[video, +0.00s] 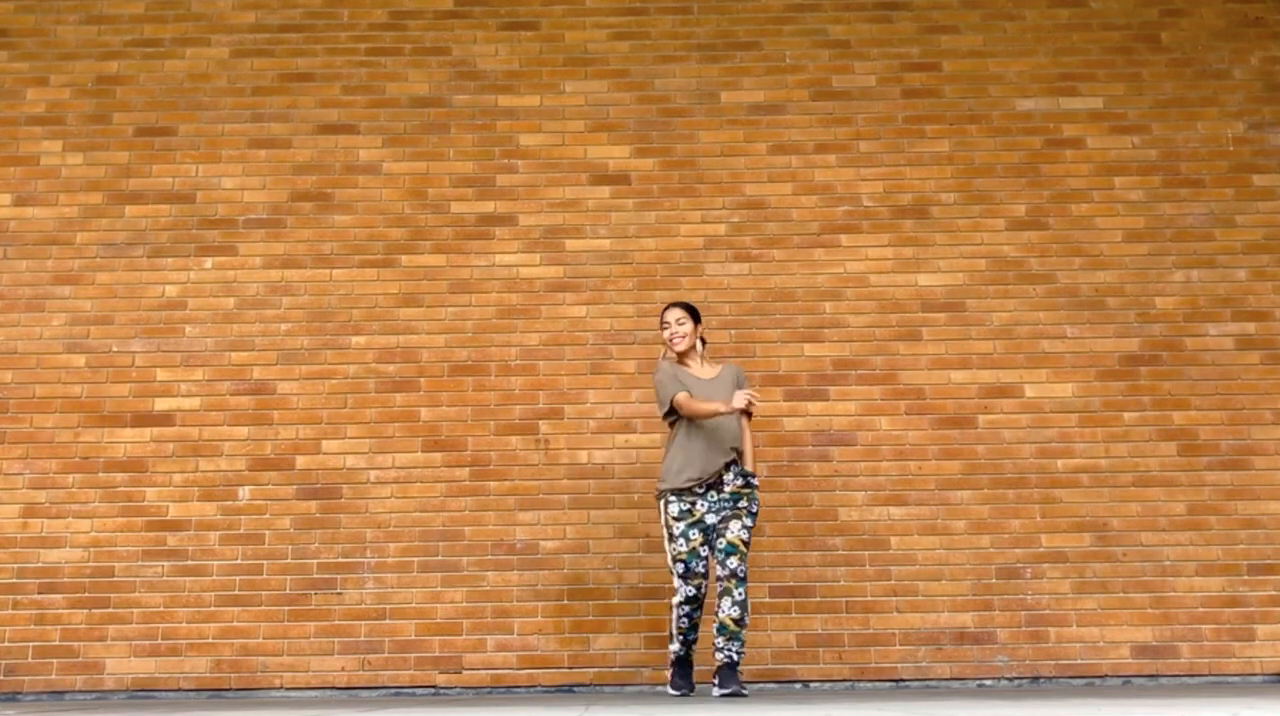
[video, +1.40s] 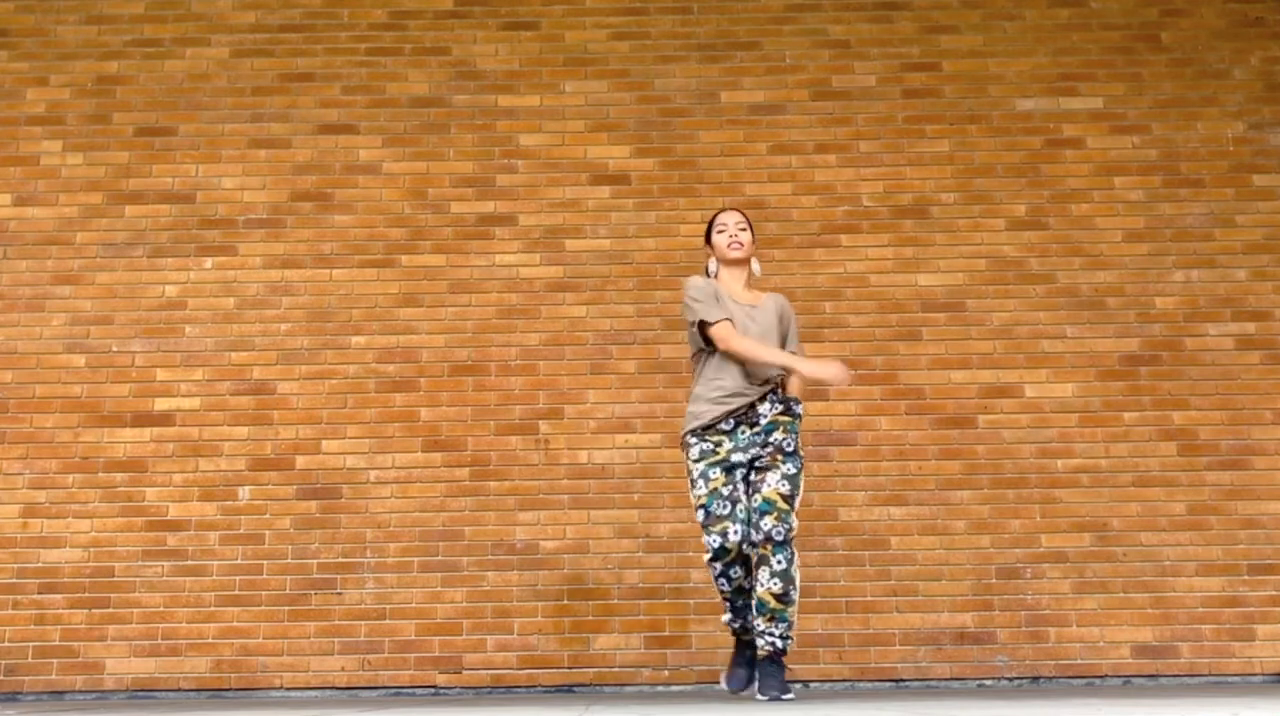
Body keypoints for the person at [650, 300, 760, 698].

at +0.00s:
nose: (674, 331)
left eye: (681, 323)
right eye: (667, 327)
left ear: (698, 327)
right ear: (662, 336)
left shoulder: (732, 373)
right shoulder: (666, 371)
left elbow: (743, 427)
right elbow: (686, 406)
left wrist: (749, 474)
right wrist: (729, 405)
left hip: (732, 485)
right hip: (682, 490)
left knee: (733, 574)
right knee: (692, 578)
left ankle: (728, 666)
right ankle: (682, 660)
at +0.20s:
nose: (691, 320)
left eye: (698, 312)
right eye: (685, 315)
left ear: (717, 320)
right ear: (681, 327)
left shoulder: (739, 375)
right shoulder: (674, 363)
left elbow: (750, 433)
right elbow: (679, 420)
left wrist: (761, 463)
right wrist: (692, 464)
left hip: (750, 484)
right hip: (705, 487)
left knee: (746, 572)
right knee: (714, 568)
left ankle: (729, 667)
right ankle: (692, 648)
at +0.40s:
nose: (693, 294)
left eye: (702, 287)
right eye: (688, 289)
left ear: (723, 301)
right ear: (684, 303)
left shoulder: (750, 351)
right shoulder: (677, 352)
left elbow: (764, 410)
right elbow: (655, 410)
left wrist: (773, 450)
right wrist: (627, 466)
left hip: (756, 461)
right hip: (707, 465)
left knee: (758, 547)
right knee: (732, 543)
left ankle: (736, 651)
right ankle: (730, 652)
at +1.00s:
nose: (730, 260)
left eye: (737, 252)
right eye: (720, 258)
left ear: (755, 263)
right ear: (713, 273)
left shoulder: (780, 321)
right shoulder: (699, 319)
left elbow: (799, 384)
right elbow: (691, 377)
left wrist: (788, 429)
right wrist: (676, 434)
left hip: (769, 445)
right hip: (710, 452)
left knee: (778, 545)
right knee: (730, 557)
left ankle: (800, 658)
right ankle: (761, 663)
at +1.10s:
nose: (731, 252)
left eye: (740, 246)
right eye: (722, 247)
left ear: (755, 260)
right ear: (711, 263)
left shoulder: (778, 314)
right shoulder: (699, 313)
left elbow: (795, 380)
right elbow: (711, 350)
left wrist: (790, 422)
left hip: (769, 435)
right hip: (711, 444)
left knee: (775, 534)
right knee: (731, 552)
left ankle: (791, 653)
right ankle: (762, 661)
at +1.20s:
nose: (733, 249)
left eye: (742, 243)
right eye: (723, 243)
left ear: (755, 257)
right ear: (711, 260)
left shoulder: (779, 312)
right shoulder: (697, 306)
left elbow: (795, 378)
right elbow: (723, 341)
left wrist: (791, 425)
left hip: (771, 432)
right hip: (714, 441)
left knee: (770, 525)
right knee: (732, 546)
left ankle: (773, 647)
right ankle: (764, 650)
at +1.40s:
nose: (734, 233)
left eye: (741, 228)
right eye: (723, 229)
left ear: (755, 244)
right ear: (709, 247)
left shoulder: (779, 306)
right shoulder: (699, 289)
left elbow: (792, 381)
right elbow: (732, 342)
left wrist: (787, 434)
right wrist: (804, 363)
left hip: (772, 427)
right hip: (712, 432)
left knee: (771, 534)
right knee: (724, 541)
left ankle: (772, 656)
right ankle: (744, 640)